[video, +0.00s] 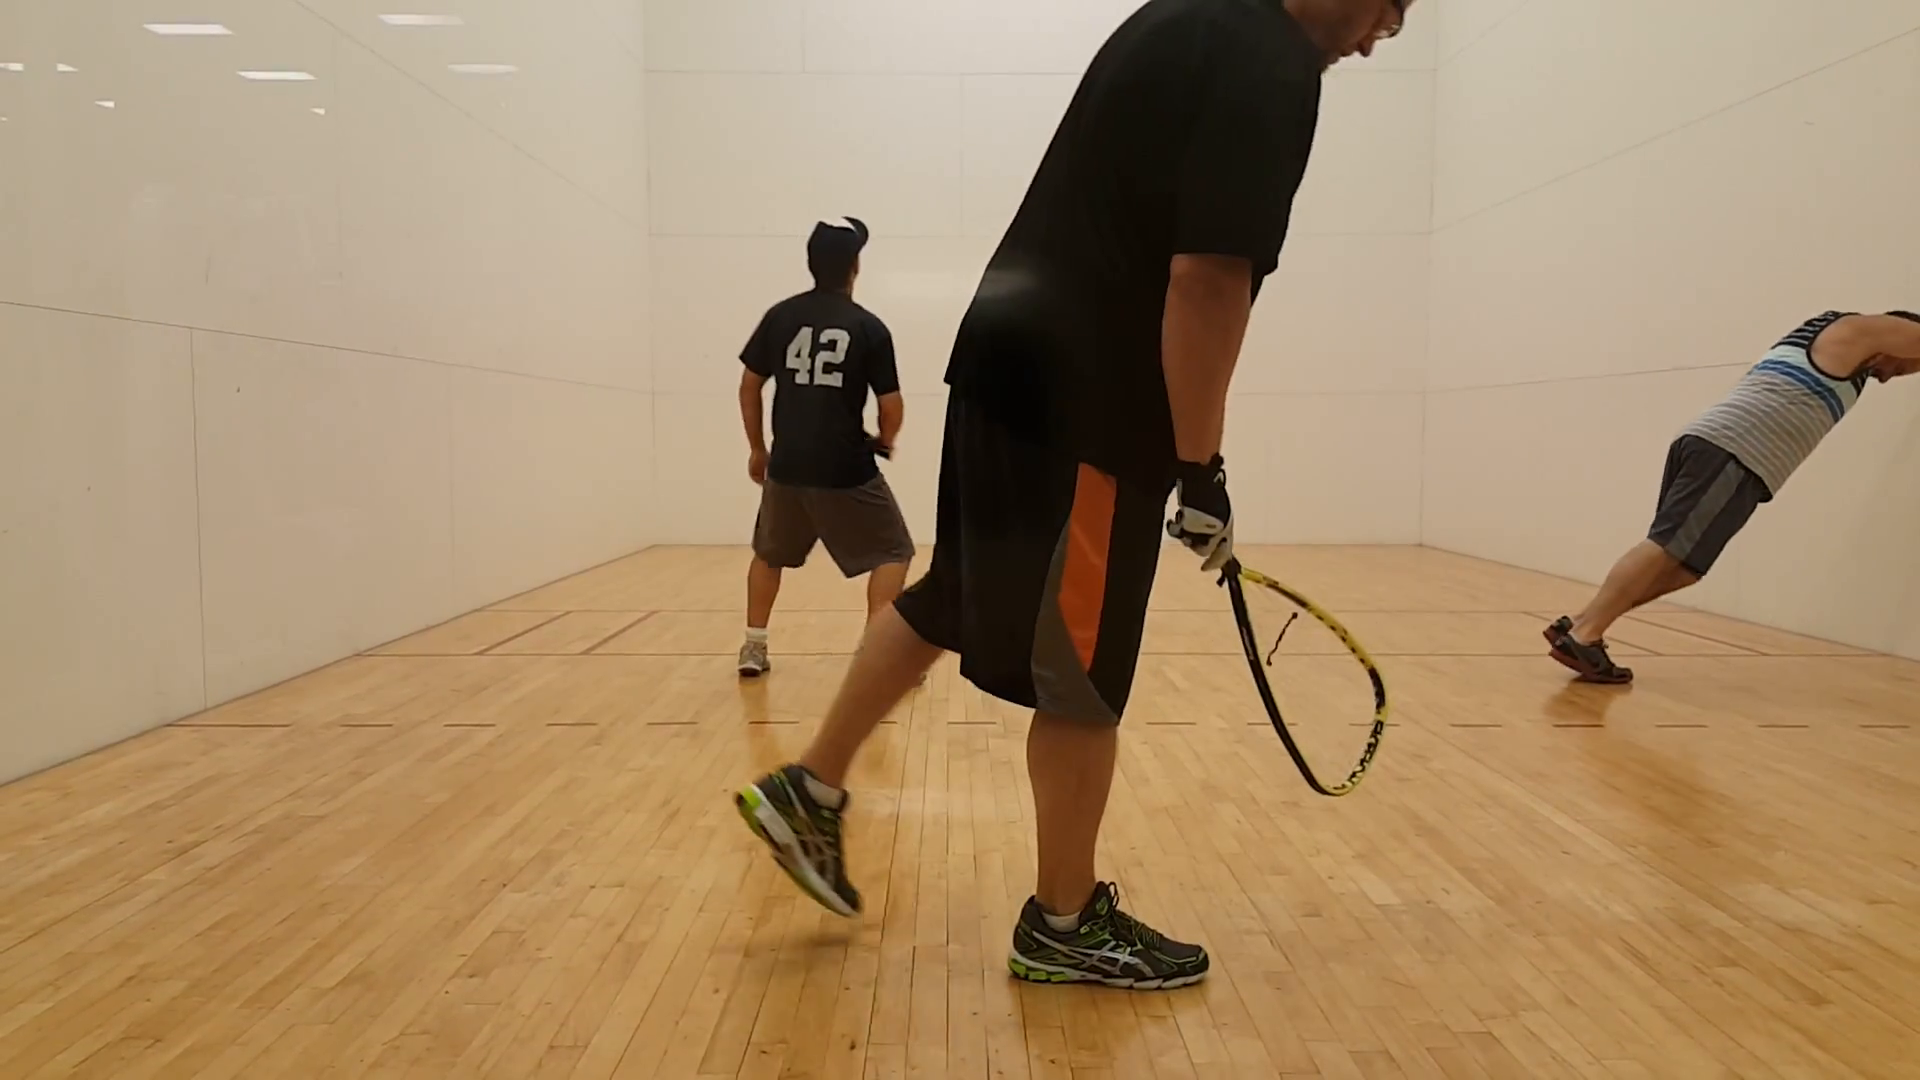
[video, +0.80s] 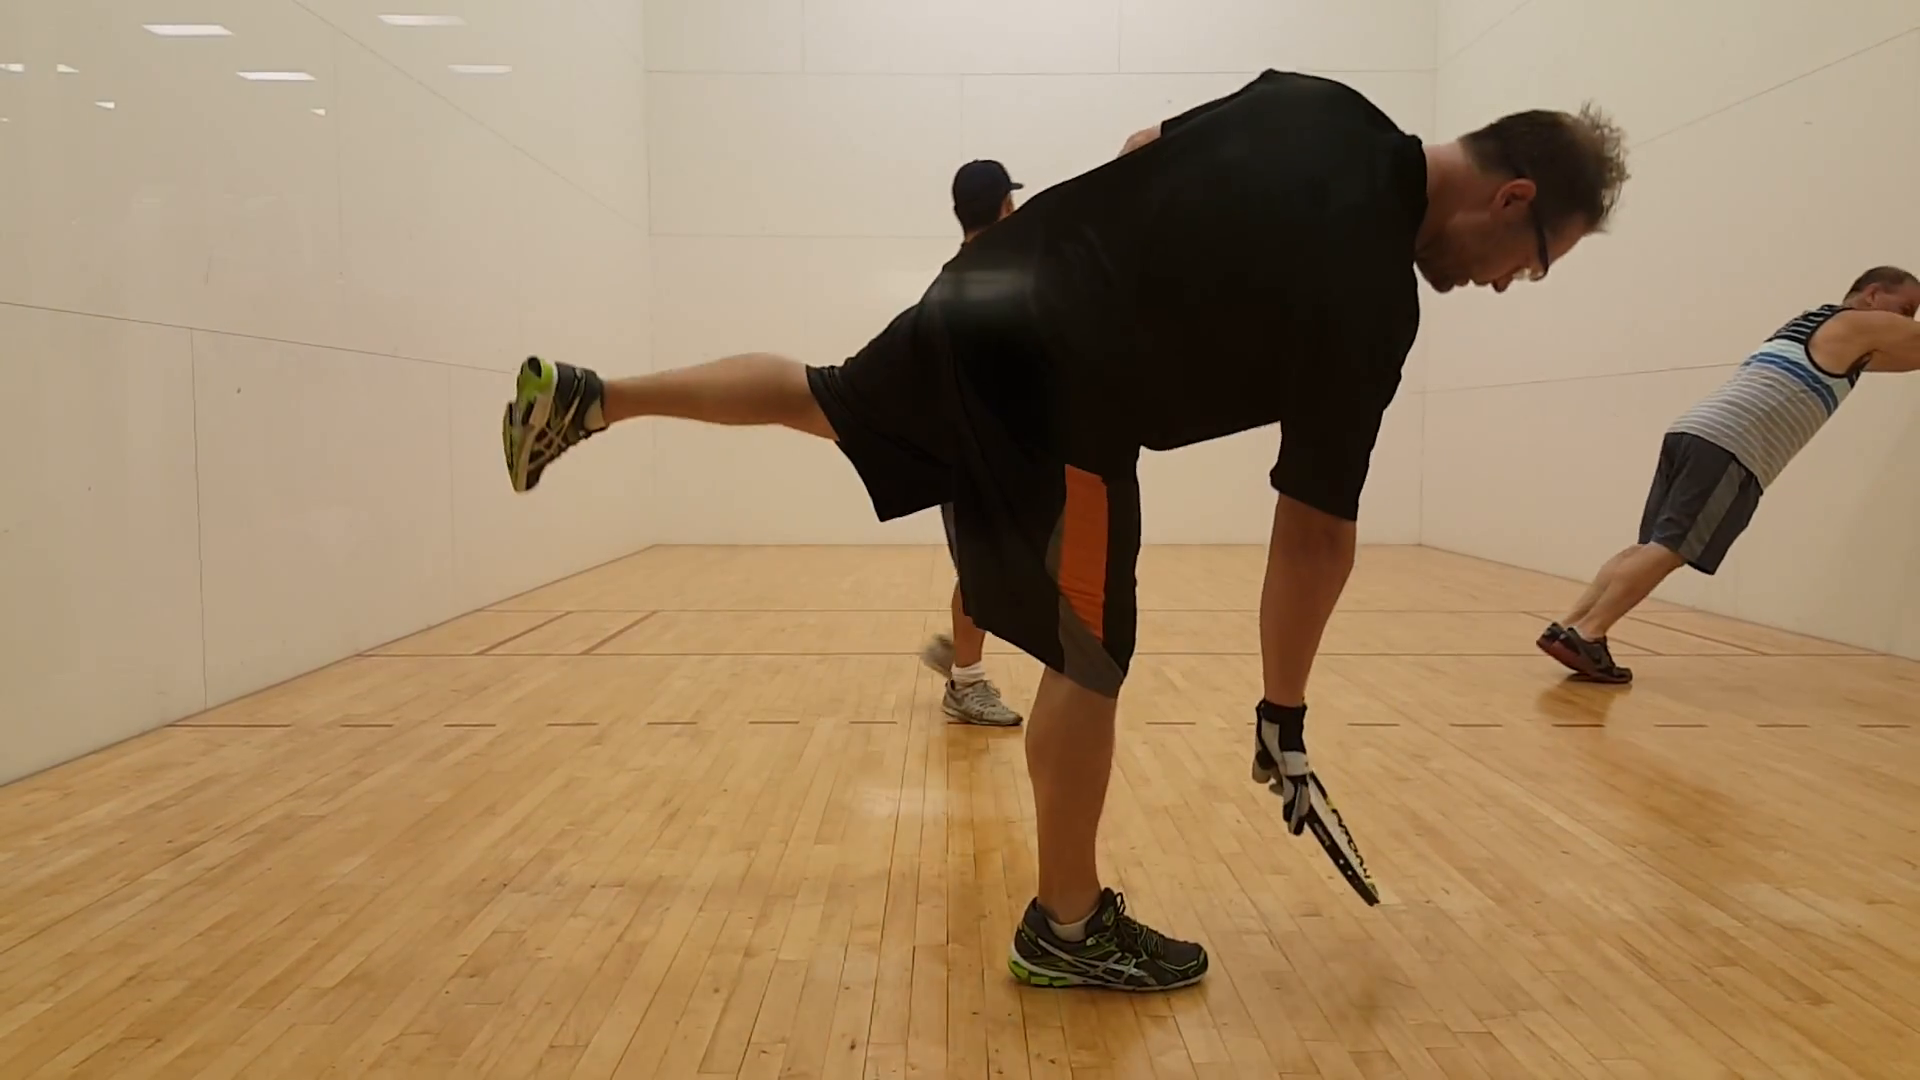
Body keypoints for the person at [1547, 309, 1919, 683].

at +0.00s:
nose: (1896, 377)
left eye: (1905, 371)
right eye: (1904, 366)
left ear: (1890, 343)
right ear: (1893, 342)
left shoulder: (1828, 343)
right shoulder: (1849, 332)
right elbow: (1919, 337)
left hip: (1721, 453)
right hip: (1729, 455)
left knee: (1686, 567)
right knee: (1667, 548)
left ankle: (1581, 624)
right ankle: (1583, 635)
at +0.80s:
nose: (1908, 319)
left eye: (1910, 310)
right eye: (1905, 308)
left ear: (1867, 295)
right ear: (1873, 294)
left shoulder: (1815, 325)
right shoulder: (1855, 325)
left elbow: (1908, 354)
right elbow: (1918, 342)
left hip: (1692, 433)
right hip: (1729, 450)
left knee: (1650, 545)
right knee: (1672, 549)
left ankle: (1571, 626)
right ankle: (1587, 634)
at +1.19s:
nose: (1899, 324)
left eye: (1898, 314)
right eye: (1890, 312)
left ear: (1847, 317)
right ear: (1850, 311)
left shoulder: (1807, 342)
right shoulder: (1850, 347)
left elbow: (1904, 360)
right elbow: (1918, 351)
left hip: (1673, 445)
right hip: (1723, 464)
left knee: (1625, 544)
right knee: (1743, 569)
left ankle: (1558, 638)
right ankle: (1638, 624)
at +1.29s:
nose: (1899, 319)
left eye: (1899, 310)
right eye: (1891, 307)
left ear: (1847, 313)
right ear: (1850, 307)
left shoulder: (1807, 338)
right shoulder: (1848, 342)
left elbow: (1907, 359)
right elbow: (1917, 348)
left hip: (1675, 443)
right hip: (1722, 463)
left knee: (1626, 546)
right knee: (1731, 570)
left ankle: (1559, 638)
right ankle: (1626, 625)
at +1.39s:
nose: (1899, 310)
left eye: (1899, 302)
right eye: (1891, 299)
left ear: (1847, 305)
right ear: (1849, 299)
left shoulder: (1808, 333)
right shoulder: (1849, 336)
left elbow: (1909, 357)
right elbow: (1917, 345)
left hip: (1680, 440)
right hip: (1725, 462)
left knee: (1631, 544)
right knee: (1713, 570)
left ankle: (1562, 634)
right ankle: (1611, 628)